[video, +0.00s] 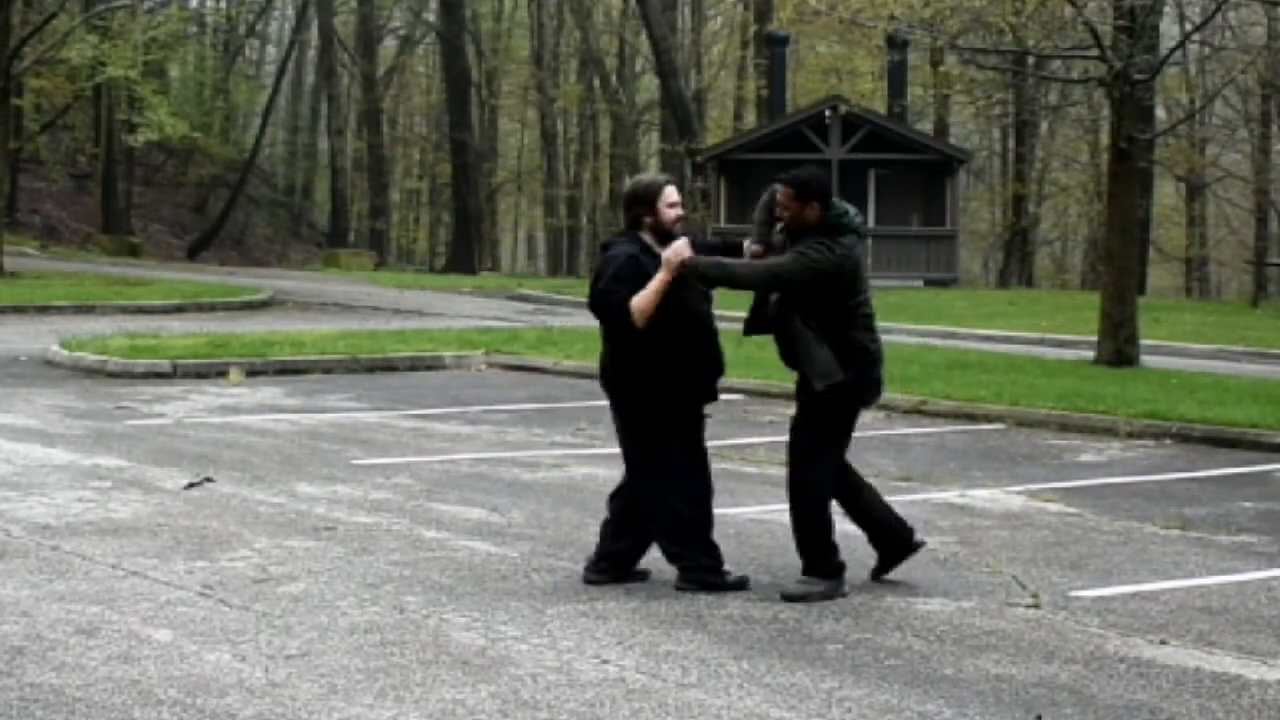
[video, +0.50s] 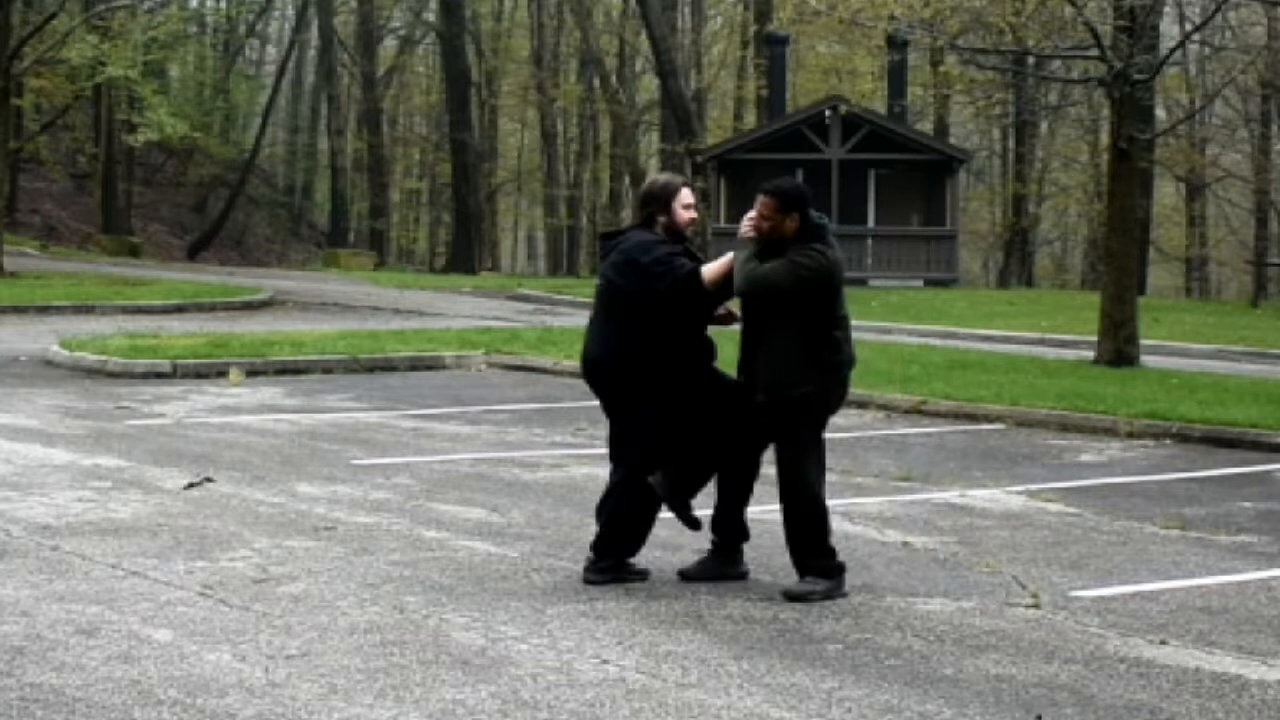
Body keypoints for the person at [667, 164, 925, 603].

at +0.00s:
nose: (780, 216)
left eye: (788, 209)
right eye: (779, 207)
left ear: (813, 209)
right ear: (811, 207)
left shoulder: (829, 252)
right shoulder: (816, 236)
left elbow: (760, 275)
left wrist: (690, 266)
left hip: (839, 376)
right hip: (825, 371)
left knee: (809, 470)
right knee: (824, 464)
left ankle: (824, 574)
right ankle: (893, 538)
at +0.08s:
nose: (770, 222)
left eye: (777, 216)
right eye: (770, 214)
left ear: (803, 217)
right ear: (796, 216)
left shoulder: (826, 254)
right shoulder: (789, 237)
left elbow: (749, 270)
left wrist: (694, 240)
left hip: (837, 373)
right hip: (806, 369)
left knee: (796, 456)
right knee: (787, 452)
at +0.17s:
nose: (764, 226)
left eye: (771, 219)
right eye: (765, 217)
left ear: (796, 222)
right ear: (792, 219)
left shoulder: (820, 258)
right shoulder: (781, 244)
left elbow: (745, 271)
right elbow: (736, 263)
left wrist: (720, 231)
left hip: (825, 383)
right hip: (790, 376)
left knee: (800, 466)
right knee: (757, 445)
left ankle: (825, 569)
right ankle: (809, 536)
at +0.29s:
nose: (760, 228)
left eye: (768, 222)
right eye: (760, 221)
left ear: (794, 223)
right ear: (783, 223)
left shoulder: (823, 256)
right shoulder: (776, 249)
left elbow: (757, 264)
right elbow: (732, 284)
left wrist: (745, 232)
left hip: (821, 384)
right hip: (777, 378)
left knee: (809, 475)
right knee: (746, 464)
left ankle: (824, 572)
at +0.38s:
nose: (761, 226)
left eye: (769, 220)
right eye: (762, 218)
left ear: (794, 222)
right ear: (778, 220)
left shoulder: (823, 259)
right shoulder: (768, 253)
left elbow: (753, 271)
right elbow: (727, 290)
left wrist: (746, 238)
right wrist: (692, 321)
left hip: (815, 387)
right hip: (771, 380)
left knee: (808, 478)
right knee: (739, 466)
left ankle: (823, 573)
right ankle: (720, 548)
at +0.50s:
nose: (756, 223)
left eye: (766, 217)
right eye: (756, 215)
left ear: (793, 220)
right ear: (765, 218)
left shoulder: (817, 260)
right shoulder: (771, 249)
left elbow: (750, 284)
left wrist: (746, 241)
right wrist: (730, 313)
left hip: (807, 385)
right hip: (764, 379)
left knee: (800, 480)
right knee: (735, 463)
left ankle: (822, 573)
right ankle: (726, 554)